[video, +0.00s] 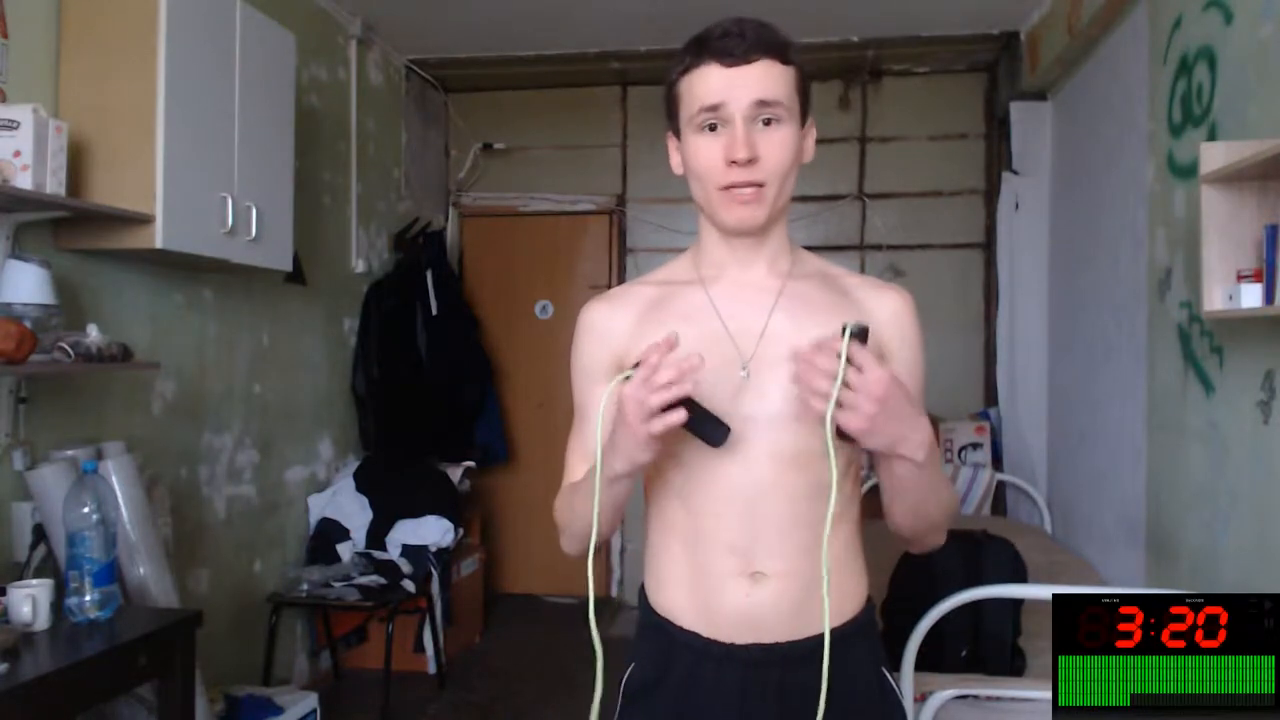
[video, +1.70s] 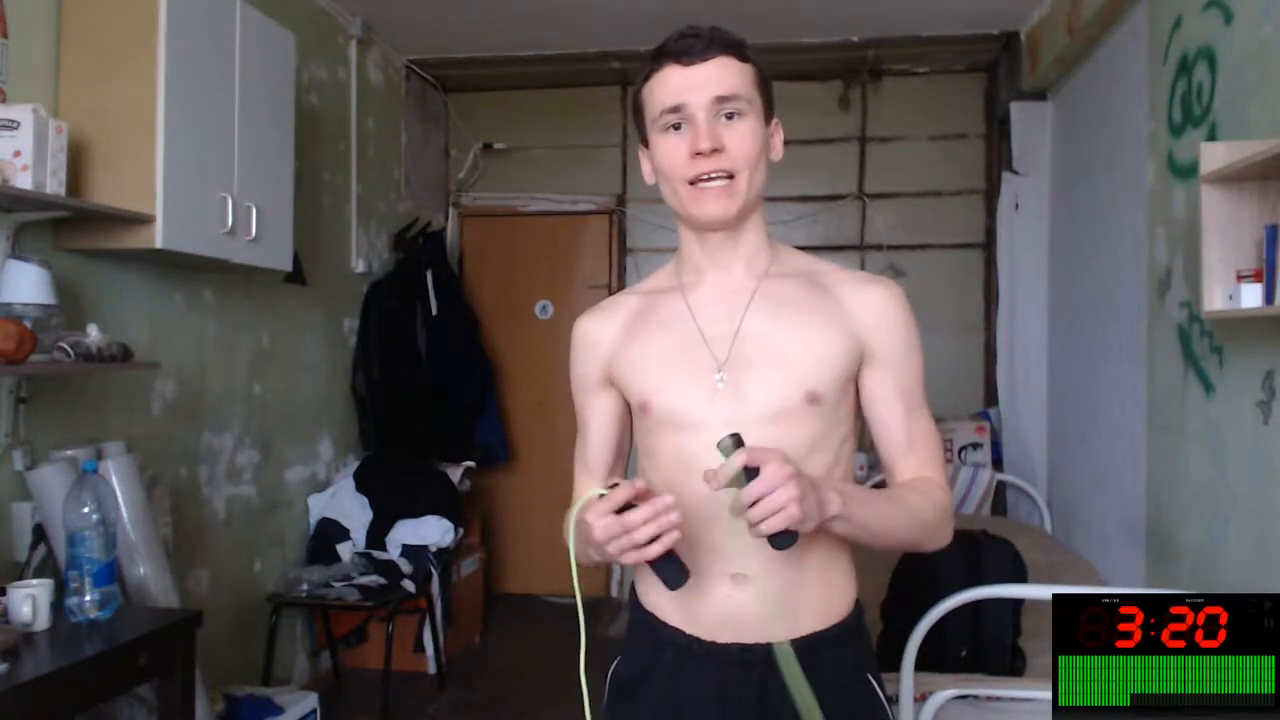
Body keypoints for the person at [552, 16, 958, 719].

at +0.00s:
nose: (740, 150)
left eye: (767, 120)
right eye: (712, 125)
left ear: (806, 143)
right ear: (676, 154)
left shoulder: (879, 312)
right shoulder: (614, 321)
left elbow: (923, 532)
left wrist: (910, 444)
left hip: (836, 672)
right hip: (677, 671)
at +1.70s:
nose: (705, 143)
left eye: (730, 114)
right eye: (676, 124)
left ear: (772, 140)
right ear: (648, 162)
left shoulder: (867, 307)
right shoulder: (606, 334)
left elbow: (932, 515)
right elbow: (586, 507)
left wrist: (828, 499)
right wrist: (596, 535)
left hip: (824, 677)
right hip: (667, 677)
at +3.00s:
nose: (730, 144)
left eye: (756, 119)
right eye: (701, 119)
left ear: (789, 150)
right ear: (660, 149)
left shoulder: (871, 302)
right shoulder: (607, 329)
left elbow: (933, 528)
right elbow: (588, 488)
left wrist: (849, 389)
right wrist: (602, 537)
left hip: (829, 668)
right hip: (676, 671)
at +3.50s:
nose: (721, 160)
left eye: (746, 128)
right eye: (692, 134)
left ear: (783, 145)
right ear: (654, 157)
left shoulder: (867, 313)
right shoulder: (605, 328)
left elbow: (932, 532)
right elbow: (585, 491)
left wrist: (888, 468)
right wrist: (591, 543)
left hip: (818, 671)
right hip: (664, 669)